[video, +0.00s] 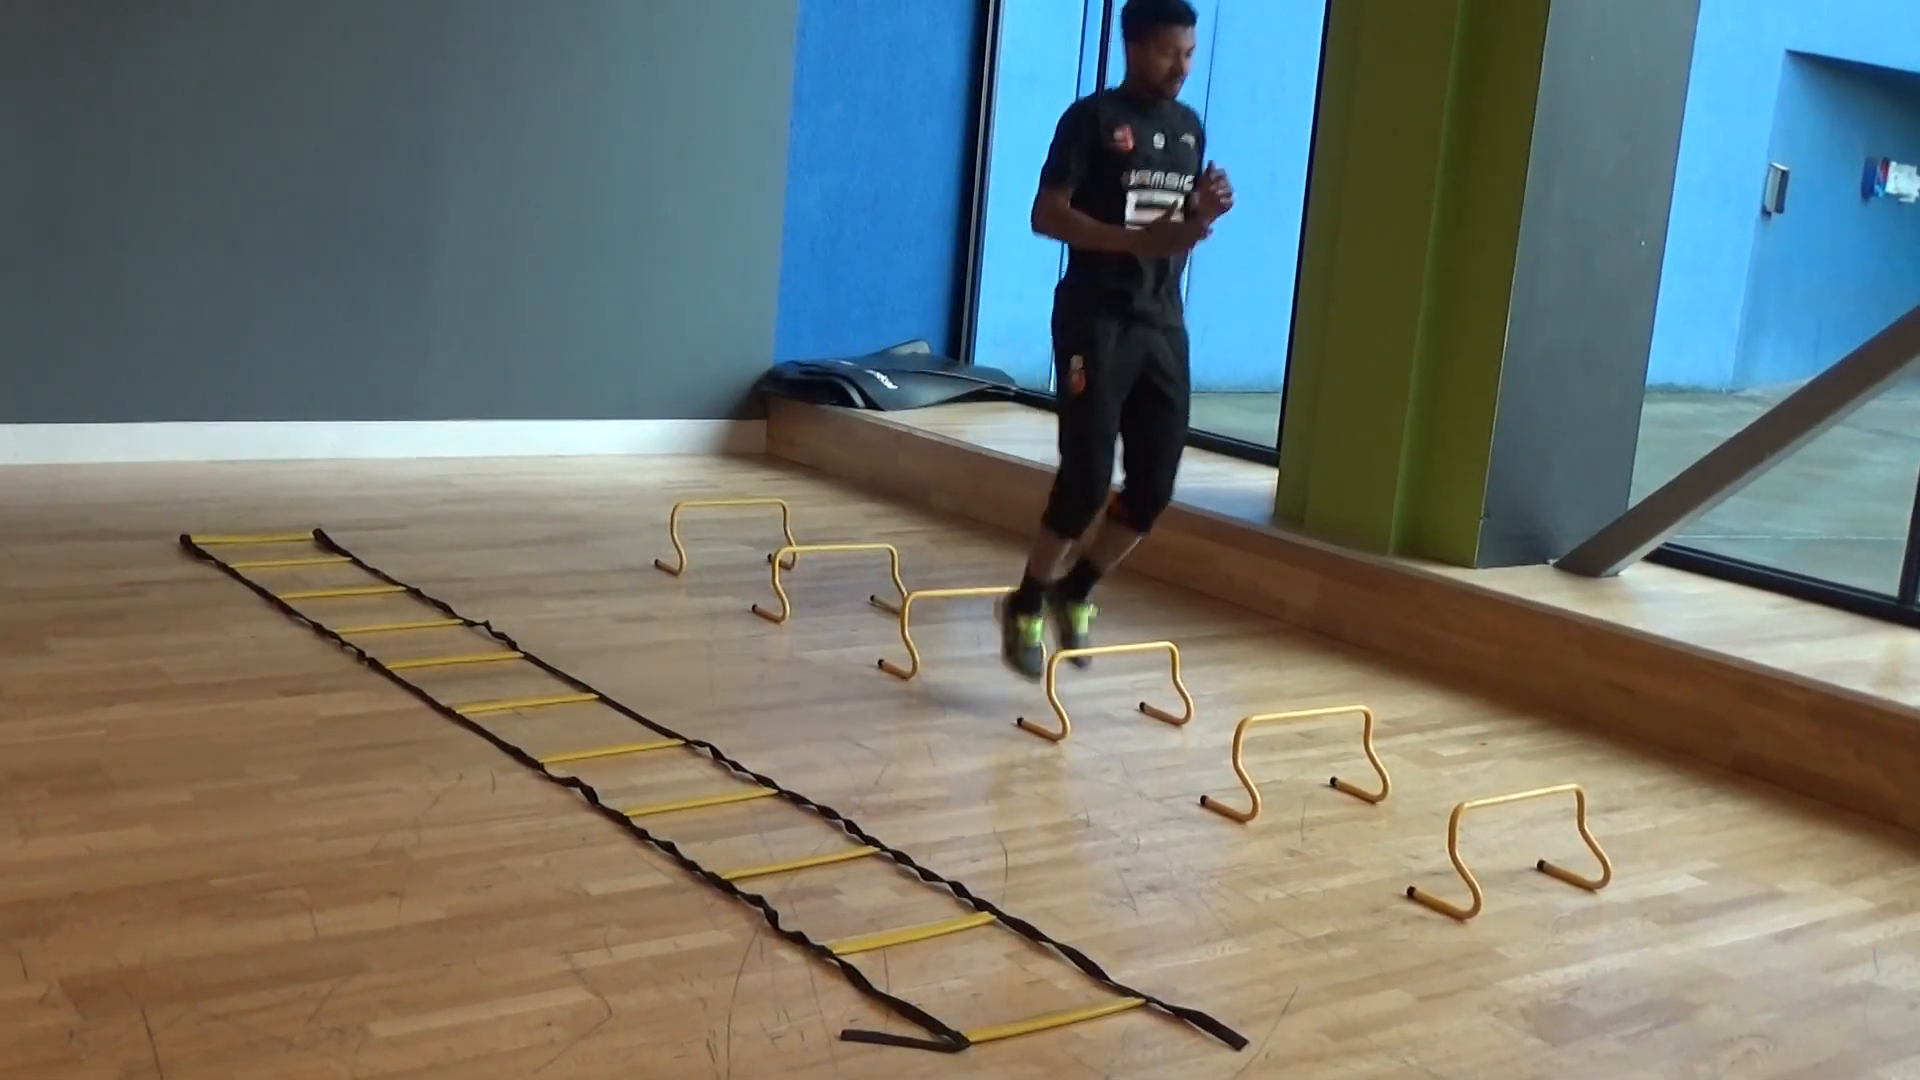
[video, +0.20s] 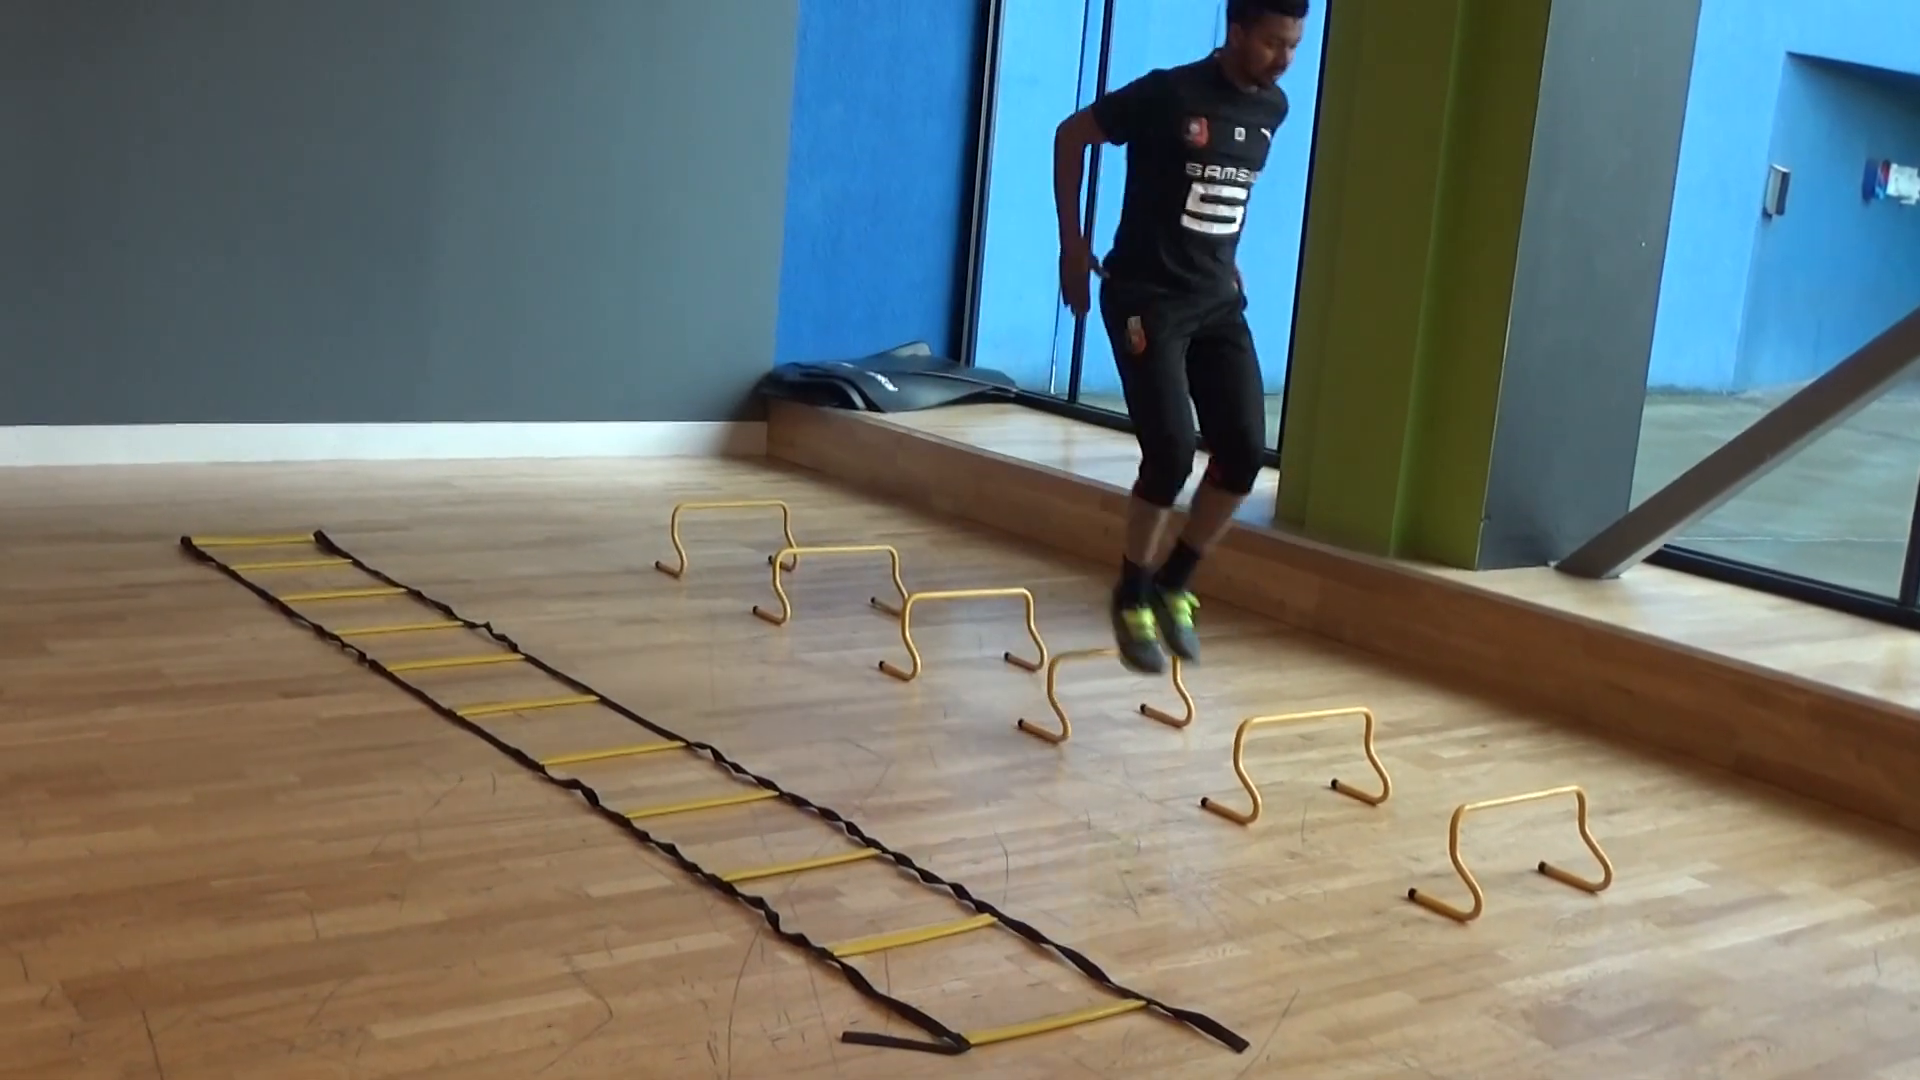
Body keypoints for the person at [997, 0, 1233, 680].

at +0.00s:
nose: (1180, 66)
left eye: (1187, 54)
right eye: (1169, 53)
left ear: (1191, 54)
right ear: (1133, 48)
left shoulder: (1189, 127)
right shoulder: (1090, 118)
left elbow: (1173, 237)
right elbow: (1047, 214)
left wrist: (1202, 211)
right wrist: (1140, 238)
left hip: (1163, 325)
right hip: (1095, 321)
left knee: (1150, 490)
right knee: (1087, 483)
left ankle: (1074, 593)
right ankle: (1025, 602)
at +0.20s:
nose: (1282, 60)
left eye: (1291, 47)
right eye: (1273, 43)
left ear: (1293, 44)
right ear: (1234, 29)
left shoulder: (1274, 107)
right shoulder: (1168, 93)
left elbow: (1223, 185)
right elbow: (1072, 134)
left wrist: (1222, 266)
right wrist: (1072, 243)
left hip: (1218, 297)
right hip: (1145, 293)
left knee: (1244, 453)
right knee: (1170, 455)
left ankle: (1173, 586)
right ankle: (1131, 593)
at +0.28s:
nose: (1305, 84)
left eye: (1314, 71)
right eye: (1296, 68)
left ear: (1318, 69)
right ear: (1258, 53)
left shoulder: (1298, 130)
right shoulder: (1194, 116)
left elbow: (1249, 204)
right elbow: (1094, 137)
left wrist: (1246, 293)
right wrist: (1093, 247)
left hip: (1246, 334)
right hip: (1174, 330)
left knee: (1243, 506)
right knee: (1183, 503)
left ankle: (1210, 665)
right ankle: (1164, 668)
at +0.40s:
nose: (1327, 153)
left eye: (1334, 139)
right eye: (1313, 138)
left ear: (1337, 142)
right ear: (1273, 135)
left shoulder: (1321, 221)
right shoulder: (1220, 214)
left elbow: (1278, 321)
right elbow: (1138, 298)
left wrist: (1305, 388)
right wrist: (1163, 400)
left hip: (1282, 428)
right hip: (1214, 421)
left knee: (1274, 598)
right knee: (1226, 589)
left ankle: (1203, 715)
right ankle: (1162, 722)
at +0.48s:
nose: (1342, 148)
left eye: (1349, 135)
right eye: (1328, 134)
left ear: (1354, 137)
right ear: (1286, 134)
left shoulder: (1348, 222)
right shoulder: (1244, 221)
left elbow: (1329, 316)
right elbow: (1206, 326)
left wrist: (1370, 359)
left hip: (1310, 436)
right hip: (1241, 434)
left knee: (1282, 605)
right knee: (1237, 601)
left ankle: (1204, 715)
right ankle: (1165, 722)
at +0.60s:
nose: (1408, 68)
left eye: (1416, 54)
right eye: (1395, 52)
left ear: (1420, 57)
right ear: (1354, 48)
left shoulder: (1408, 136)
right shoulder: (1304, 131)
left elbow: (1385, 226)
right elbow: (1249, 236)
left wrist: (1419, 241)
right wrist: (1351, 287)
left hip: (1371, 348)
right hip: (1299, 344)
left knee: (1360, 539)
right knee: (1292, 531)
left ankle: (1260, 631)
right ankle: (1209, 637)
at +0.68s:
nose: (1467, 49)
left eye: (1476, 35)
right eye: (1454, 32)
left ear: (1481, 35)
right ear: (1407, 25)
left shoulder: (1457, 111)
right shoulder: (1350, 105)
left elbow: (1422, 210)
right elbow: (1269, 205)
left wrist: (1463, 285)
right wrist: (1316, 310)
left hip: (1403, 333)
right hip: (1331, 330)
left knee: (1425, 496)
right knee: (1347, 506)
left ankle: (1322, 593)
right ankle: (1262, 605)